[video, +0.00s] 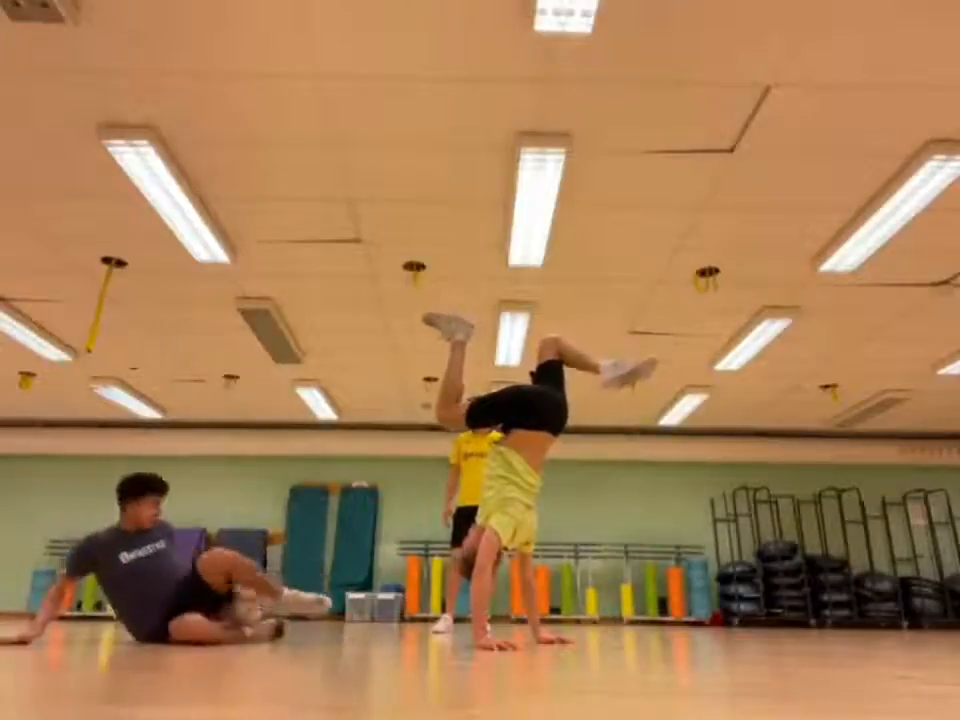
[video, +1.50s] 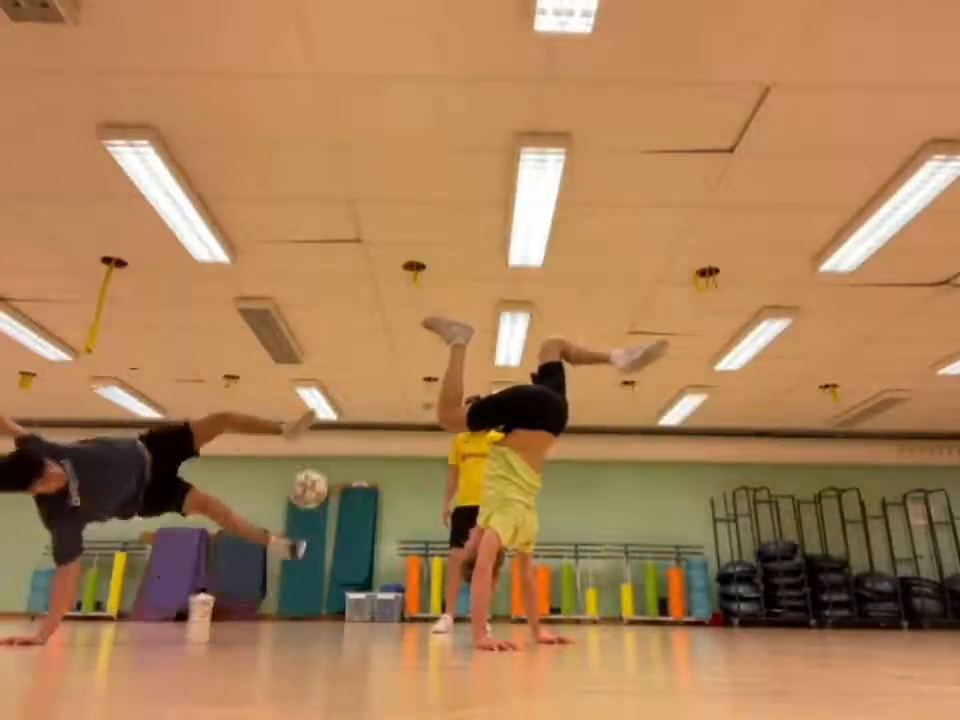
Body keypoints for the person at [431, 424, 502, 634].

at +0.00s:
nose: (477, 419)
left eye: (482, 413)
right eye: (474, 413)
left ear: (492, 415)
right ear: (467, 415)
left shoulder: (499, 439)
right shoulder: (463, 440)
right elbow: (454, 473)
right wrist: (449, 502)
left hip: (492, 504)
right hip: (466, 504)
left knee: (489, 564)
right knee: (457, 559)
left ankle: (483, 618)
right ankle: (449, 613)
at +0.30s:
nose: (476, 420)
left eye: (480, 414)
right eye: (473, 414)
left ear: (491, 416)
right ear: (467, 417)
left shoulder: (499, 440)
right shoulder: (462, 440)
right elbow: (454, 473)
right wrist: (448, 503)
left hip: (492, 504)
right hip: (466, 504)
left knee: (490, 564)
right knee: (456, 558)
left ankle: (483, 618)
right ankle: (449, 613)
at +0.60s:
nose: (476, 418)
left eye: (481, 412)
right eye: (473, 412)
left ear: (491, 415)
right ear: (466, 415)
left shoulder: (499, 439)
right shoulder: (462, 440)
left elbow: (507, 471)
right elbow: (454, 473)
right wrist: (448, 503)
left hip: (492, 504)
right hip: (466, 504)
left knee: (490, 564)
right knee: (456, 558)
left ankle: (483, 618)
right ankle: (449, 613)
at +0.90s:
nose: (476, 420)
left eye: (481, 414)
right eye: (473, 414)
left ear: (491, 416)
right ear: (466, 415)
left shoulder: (499, 439)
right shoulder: (462, 440)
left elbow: (506, 471)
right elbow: (453, 473)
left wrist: (502, 501)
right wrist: (448, 503)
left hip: (491, 504)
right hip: (465, 504)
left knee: (490, 563)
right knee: (455, 557)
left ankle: (483, 618)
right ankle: (448, 613)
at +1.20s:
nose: (475, 419)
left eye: (480, 413)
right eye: (472, 413)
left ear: (491, 415)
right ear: (465, 415)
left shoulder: (499, 439)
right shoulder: (462, 439)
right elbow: (453, 473)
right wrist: (447, 503)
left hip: (491, 504)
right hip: (465, 504)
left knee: (489, 564)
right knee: (456, 557)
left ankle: (483, 618)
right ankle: (448, 613)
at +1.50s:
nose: (472, 416)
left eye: (476, 410)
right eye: (469, 411)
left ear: (488, 413)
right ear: (465, 414)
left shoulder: (498, 438)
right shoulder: (461, 440)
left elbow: (506, 472)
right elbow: (453, 474)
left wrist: (502, 504)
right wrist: (447, 504)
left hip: (492, 505)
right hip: (465, 504)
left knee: (489, 565)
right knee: (456, 557)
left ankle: (485, 617)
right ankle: (449, 613)